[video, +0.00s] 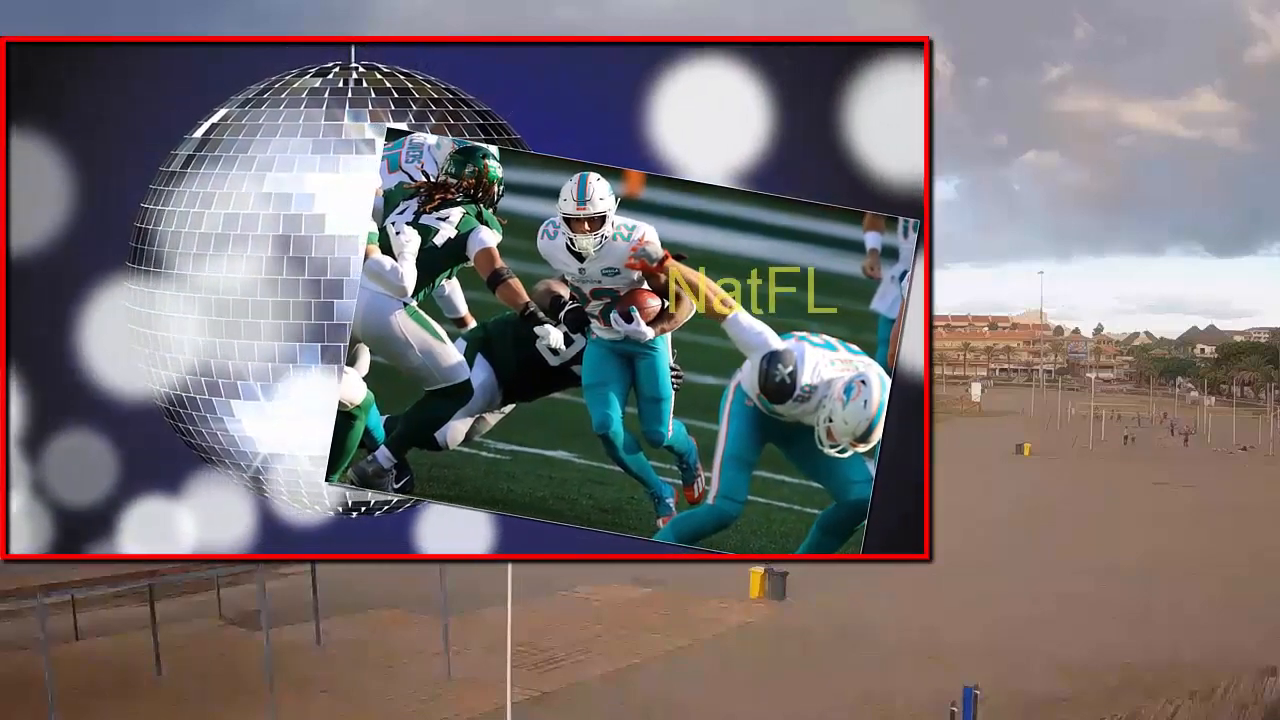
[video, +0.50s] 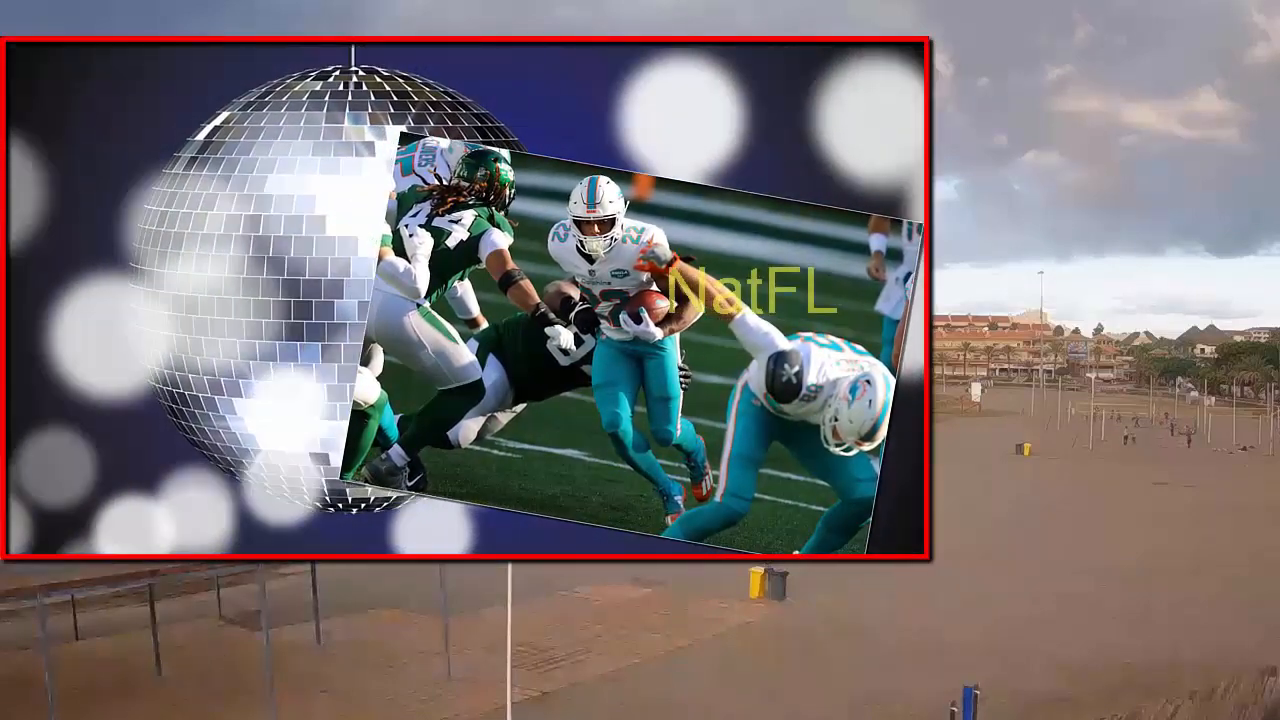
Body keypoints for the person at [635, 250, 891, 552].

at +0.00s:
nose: (837, 446)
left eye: (852, 445)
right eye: (836, 434)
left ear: (873, 429)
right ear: (828, 404)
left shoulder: (885, 411)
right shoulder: (786, 372)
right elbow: (722, 305)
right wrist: (666, 264)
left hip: (803, 421)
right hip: (752, 400)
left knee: (861, 498)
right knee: (726, 508)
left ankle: (800, 571)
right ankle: (649, 555)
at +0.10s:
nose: (837, 446)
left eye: (852, 445)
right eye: (836, 433)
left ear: (874, 429)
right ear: (829, 404)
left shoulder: (886, 413)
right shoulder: (788, 370)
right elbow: (724, 307)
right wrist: (668, 263)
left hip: (806, 422)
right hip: (754, 399)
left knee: (862, 496)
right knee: (727, 507)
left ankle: (800, 570)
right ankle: (652, 552)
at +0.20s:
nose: (839, 448)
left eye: (853, 446)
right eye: (837, 435)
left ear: (877, 428)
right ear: (831, 404)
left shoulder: (888, 411)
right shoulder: (790, 370)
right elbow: (725, 307)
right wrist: (670, 263)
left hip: (807, 421)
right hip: (755, 399)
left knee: (862, 496)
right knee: (728, 507)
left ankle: (801, 569)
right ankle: (651, 557)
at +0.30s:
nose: (842, 449)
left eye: (855, 446)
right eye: (839, 437)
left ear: (879, 426)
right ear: (831, 406)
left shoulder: (888, 411)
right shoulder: (793, 371)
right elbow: (727, 307)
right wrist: (670, 263)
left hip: (808, 421)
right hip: (756, 400)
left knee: (863, 495)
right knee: (730, 506)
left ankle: (802, 566)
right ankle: (651, 555)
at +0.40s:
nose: (843, 449)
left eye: (855, 446)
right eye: (840, 437)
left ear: (878, 427)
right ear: (833, 406)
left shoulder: (888, 410)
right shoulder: (793, 369)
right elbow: (727, 307)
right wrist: (672, 264)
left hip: (809, 421)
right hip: (757, 400)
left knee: (864, 495)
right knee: (732, 506)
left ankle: (803, 564)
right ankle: (655, 553)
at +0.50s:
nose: (843, 448)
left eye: (856, 445)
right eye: (840, 437)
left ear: (879, 426)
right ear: (833, 406)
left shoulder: (889, 409)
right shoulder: (793, 372)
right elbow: (729, 307)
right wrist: (674, 264)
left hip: (810, 420)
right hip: (759, 398)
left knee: (865, 494)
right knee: (733, 506)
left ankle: (805, 563)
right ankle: (657, 553)